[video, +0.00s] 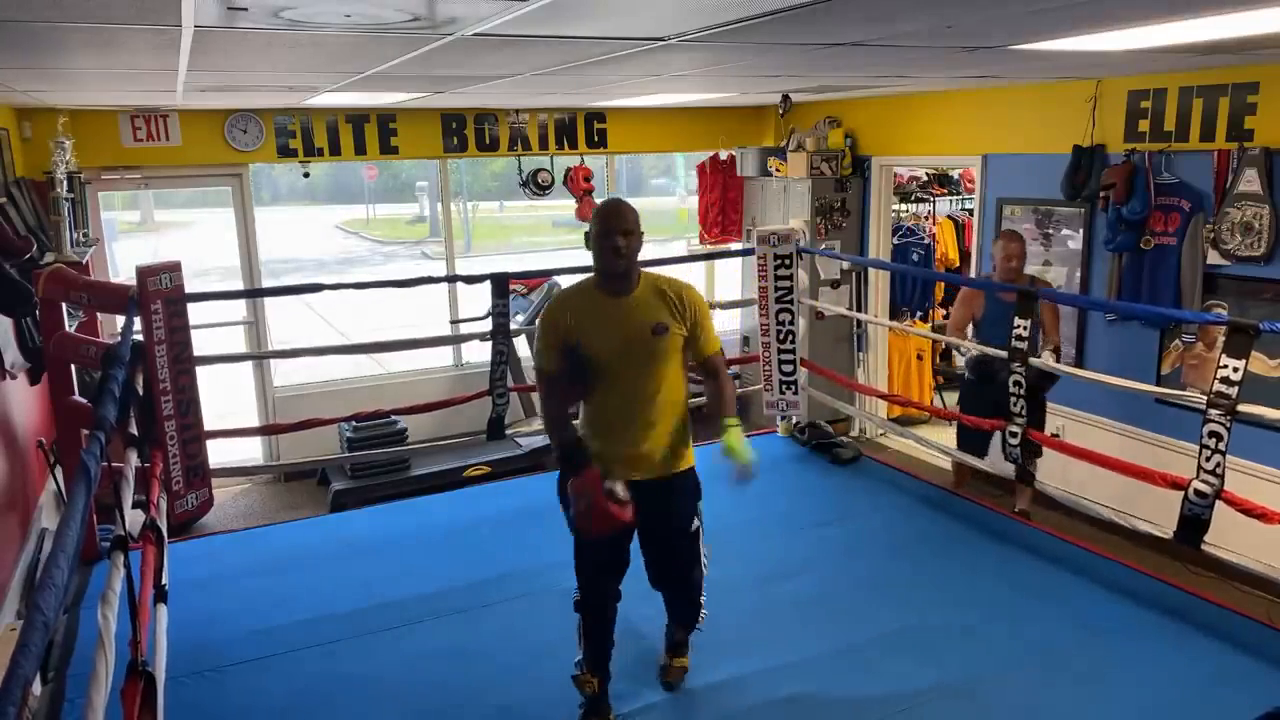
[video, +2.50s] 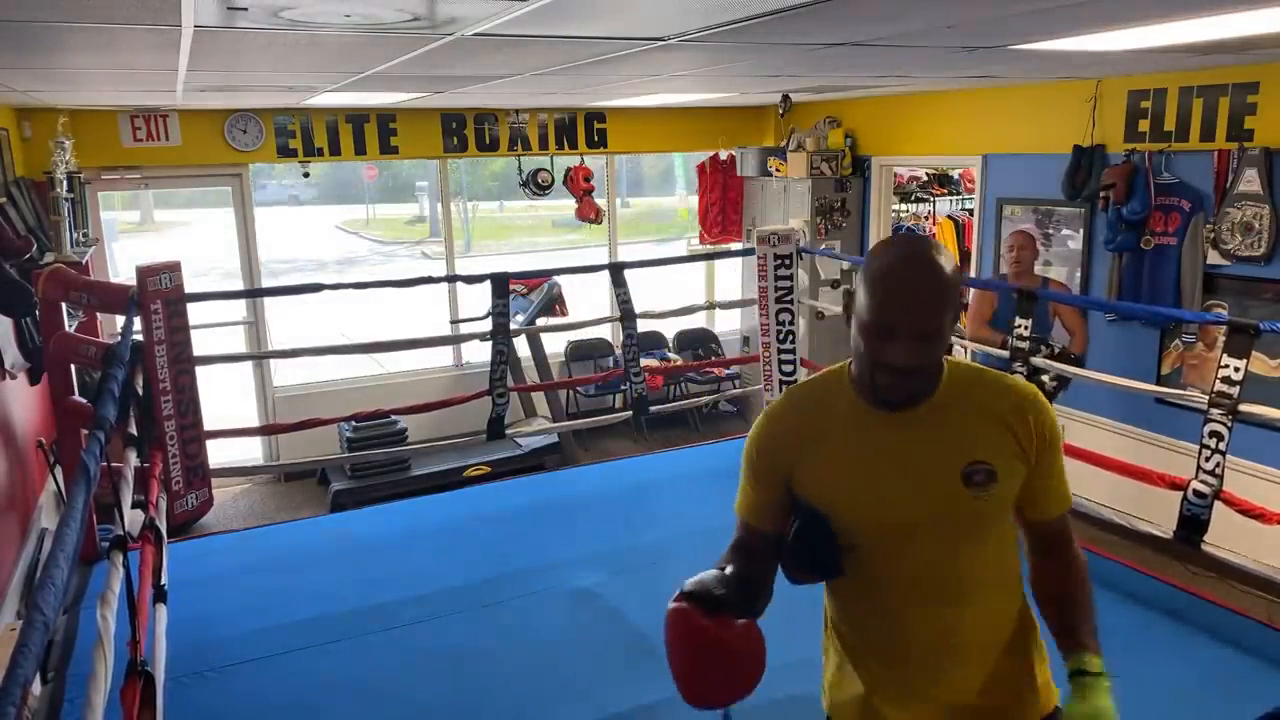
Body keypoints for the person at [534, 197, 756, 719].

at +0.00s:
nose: (618, 244)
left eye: (627, 234)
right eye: (607, 235)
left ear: (642, 239)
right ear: (589, 241)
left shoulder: (681, 300)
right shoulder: (562, 314)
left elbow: (717, 371)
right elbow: (552, 406)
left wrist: (731, 429)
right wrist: (580, 470)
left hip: (670, 475)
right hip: (598, 479)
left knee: (683, 582)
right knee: (597, 594)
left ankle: (679, 640)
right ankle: (596, 694)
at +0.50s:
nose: (703, 275)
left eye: (713, 263)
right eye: (691, 261)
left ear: (723, 267)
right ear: (665, 257)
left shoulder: (731, 334)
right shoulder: (608, 333)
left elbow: (730, 414)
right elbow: (567, 430)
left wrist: (741, 484)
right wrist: (556, 524)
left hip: (703, 523)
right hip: (623, 528)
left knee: (721, 654)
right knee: (603, 638)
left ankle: (716, 719)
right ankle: (595, 702)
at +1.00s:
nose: (789, 307)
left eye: (797, 294)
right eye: (783, 292)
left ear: (800, 288)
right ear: (748, 275)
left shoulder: (797, 353)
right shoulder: (659, 344)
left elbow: (802, 464)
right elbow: (612, 455)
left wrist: (758, 525)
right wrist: (671, 497)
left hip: (755, 563)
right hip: (683, 567)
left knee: (733, 697)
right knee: (704, 709)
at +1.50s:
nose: (851, 343)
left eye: (860, 328)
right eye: (842, 325)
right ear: (797, 300)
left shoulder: (856, 372)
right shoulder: (699, 387)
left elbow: (864, 480)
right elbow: (652, 519)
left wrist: (919, 573)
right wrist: (684, 621)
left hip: (843, 624)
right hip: (743, 647)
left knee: (889, 711)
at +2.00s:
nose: (996, 354)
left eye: (1011, 339)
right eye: (984, 331)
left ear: (1021, 331)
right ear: (932, 300)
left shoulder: (1008, 408)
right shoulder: (816, 382)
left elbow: (1028, 539)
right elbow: (743, 498)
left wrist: (1079, 651)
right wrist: (728, 559)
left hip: (943, 674)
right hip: (832, 675)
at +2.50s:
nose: (901, 358)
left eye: (925, 338)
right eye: (880, 336)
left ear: (956, 317)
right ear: (849, 310)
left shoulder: (1017, 414)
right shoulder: (788, 428)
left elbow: (1052, 544)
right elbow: (755, 544)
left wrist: (1088, 675)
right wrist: (726, 591)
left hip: (1005, 697)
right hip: (867, 703)